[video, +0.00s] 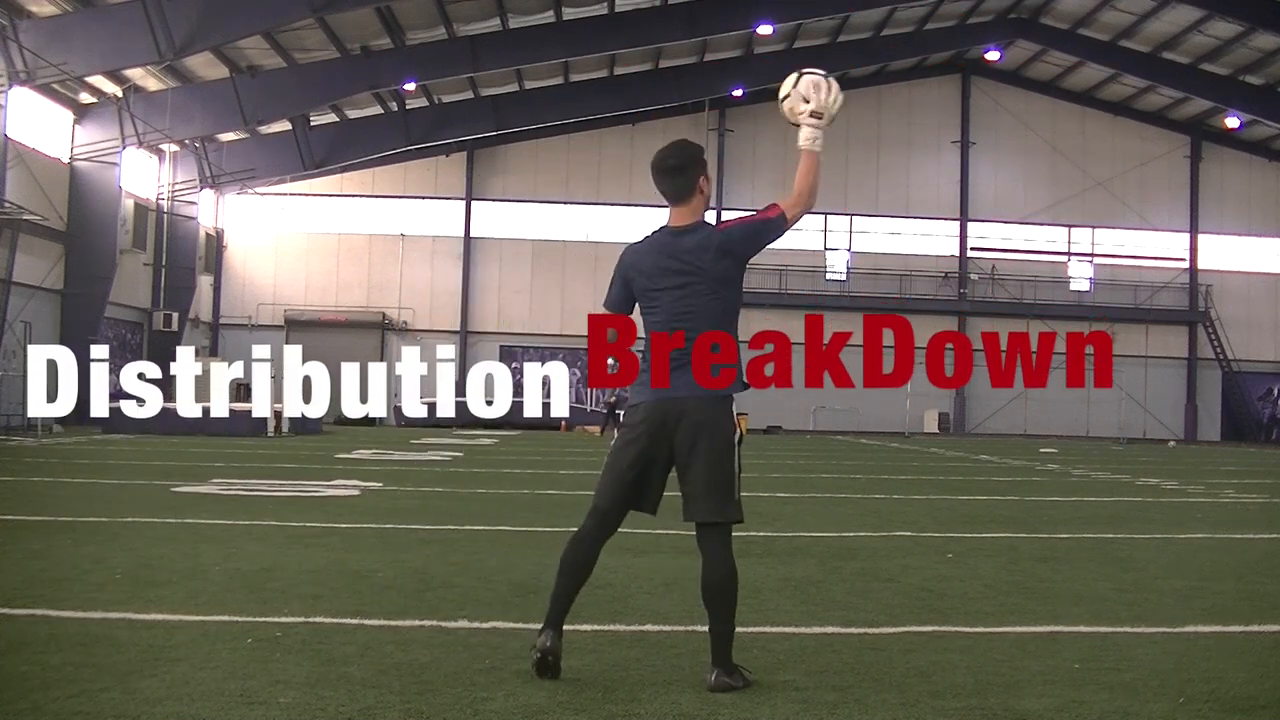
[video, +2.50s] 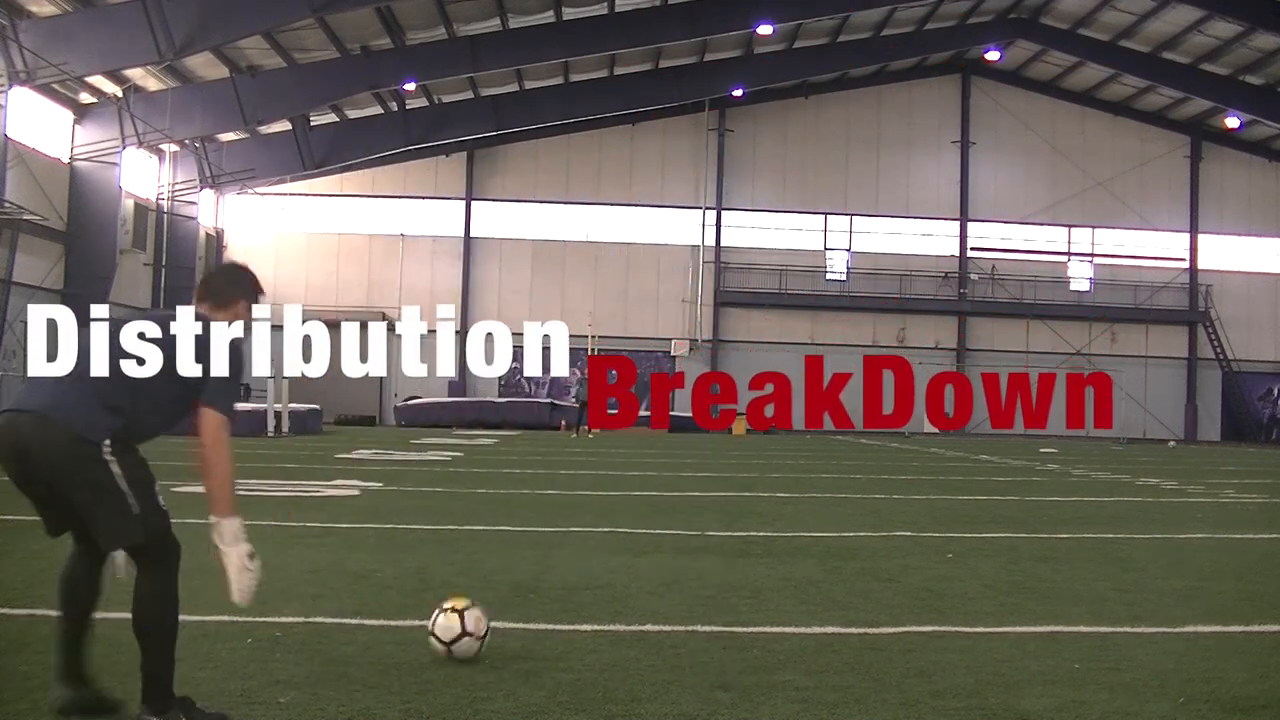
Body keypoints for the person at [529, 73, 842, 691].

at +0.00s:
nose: (711, 183)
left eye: (703, 177)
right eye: (709, 177)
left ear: (661, 190)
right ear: (703, 185)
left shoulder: (636, 255)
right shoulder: (727, 242)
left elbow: (610, 330)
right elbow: (797, 203)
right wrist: (811, 134)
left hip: (648, 403)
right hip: (707, 406)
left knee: (599, 520)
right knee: (715, 536)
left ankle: (550, 631)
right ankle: (721, 665)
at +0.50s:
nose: (649, 197)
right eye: (650, 189)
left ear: (602, 195)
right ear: (650, 192)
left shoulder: (578, 266)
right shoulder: (676, 260)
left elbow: (552, 342)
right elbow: (691, 341)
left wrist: (592, 342)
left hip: (606, 432)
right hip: (667, 433)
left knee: (593, 534)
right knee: (700, 544)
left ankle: (518, 637)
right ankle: (722, 668)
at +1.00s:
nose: (496, 192)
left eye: (481, 183)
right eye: (498, 182)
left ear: (453, 189)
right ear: (499, 184)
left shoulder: (431, 258)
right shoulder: (521, 247)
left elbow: (391, 335)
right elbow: (543, 330)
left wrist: (439, 335)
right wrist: (503, 325)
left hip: (452, 420)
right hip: (500, 420)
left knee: (492, 537)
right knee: (496, 536)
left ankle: (507, 659)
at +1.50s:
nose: (397, 189)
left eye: (395, 179)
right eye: (396, 179)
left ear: (345, 176)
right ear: (388, 176)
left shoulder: (308, 238)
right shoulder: (374, 237)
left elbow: (277, 319)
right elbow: (377, 327)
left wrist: (300, 376)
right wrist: (393, 386)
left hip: (294, 412)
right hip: (334, 416)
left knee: (316, 542)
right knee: (323, 541)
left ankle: (224, 633)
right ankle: (325, 674)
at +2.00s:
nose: (336, 351)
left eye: (338, 340)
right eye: (339, 339)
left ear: (297, 316)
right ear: (327, 328)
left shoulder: (246, 327)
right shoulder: (314, 351)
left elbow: (197, 412)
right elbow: (291, 435)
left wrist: (198, 531)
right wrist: (276, 530)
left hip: (120, 397)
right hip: (175, 409)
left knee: (148, 549)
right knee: (183, 551)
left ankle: (155, 693)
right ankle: (162, 699)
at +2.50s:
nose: (246, 323)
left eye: (248, 313)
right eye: (247, 313)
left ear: (198, 300)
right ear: (237, 308)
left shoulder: (154, 323)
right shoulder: (221, 343)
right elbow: (211, 431)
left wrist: (111, 530)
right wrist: (229, 534)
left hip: (14, 427)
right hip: (81, 436)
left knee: (89, 544)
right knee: (160, 555)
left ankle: (71, 686)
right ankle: (160, 703)